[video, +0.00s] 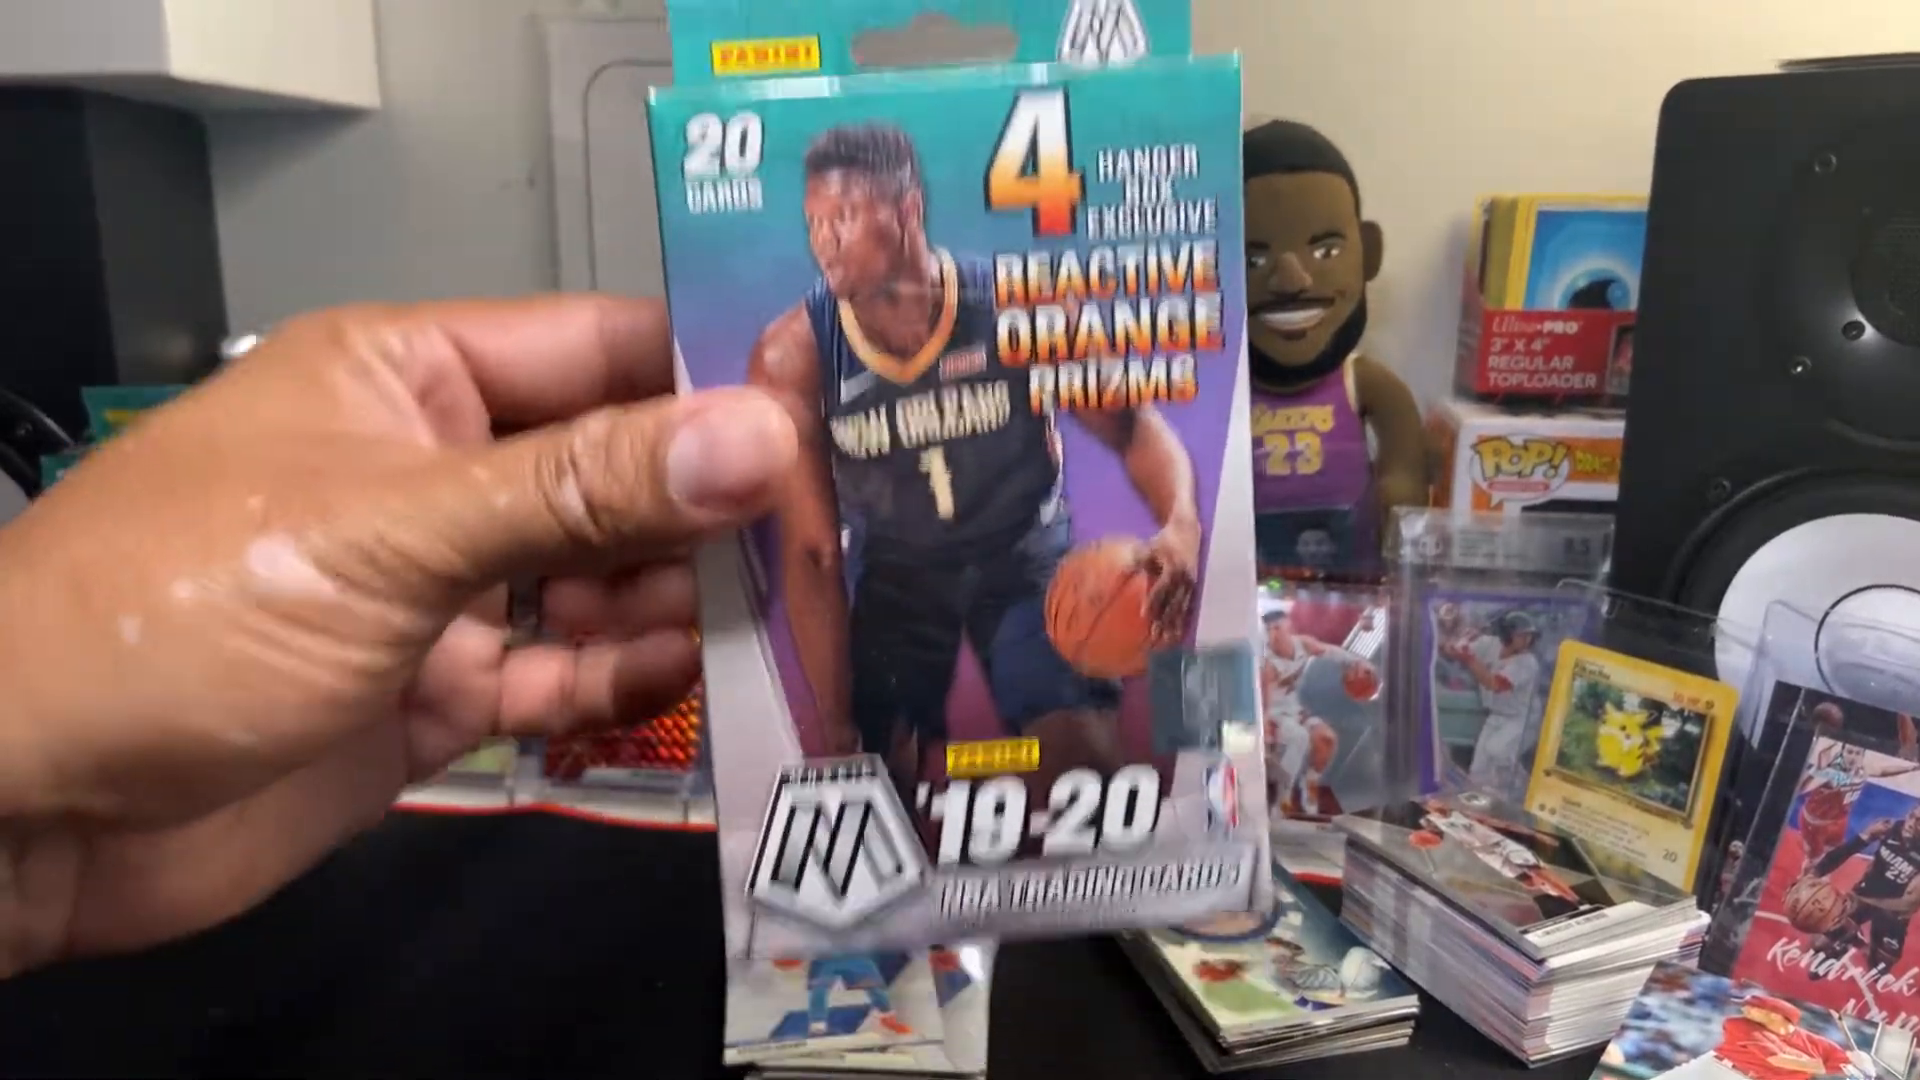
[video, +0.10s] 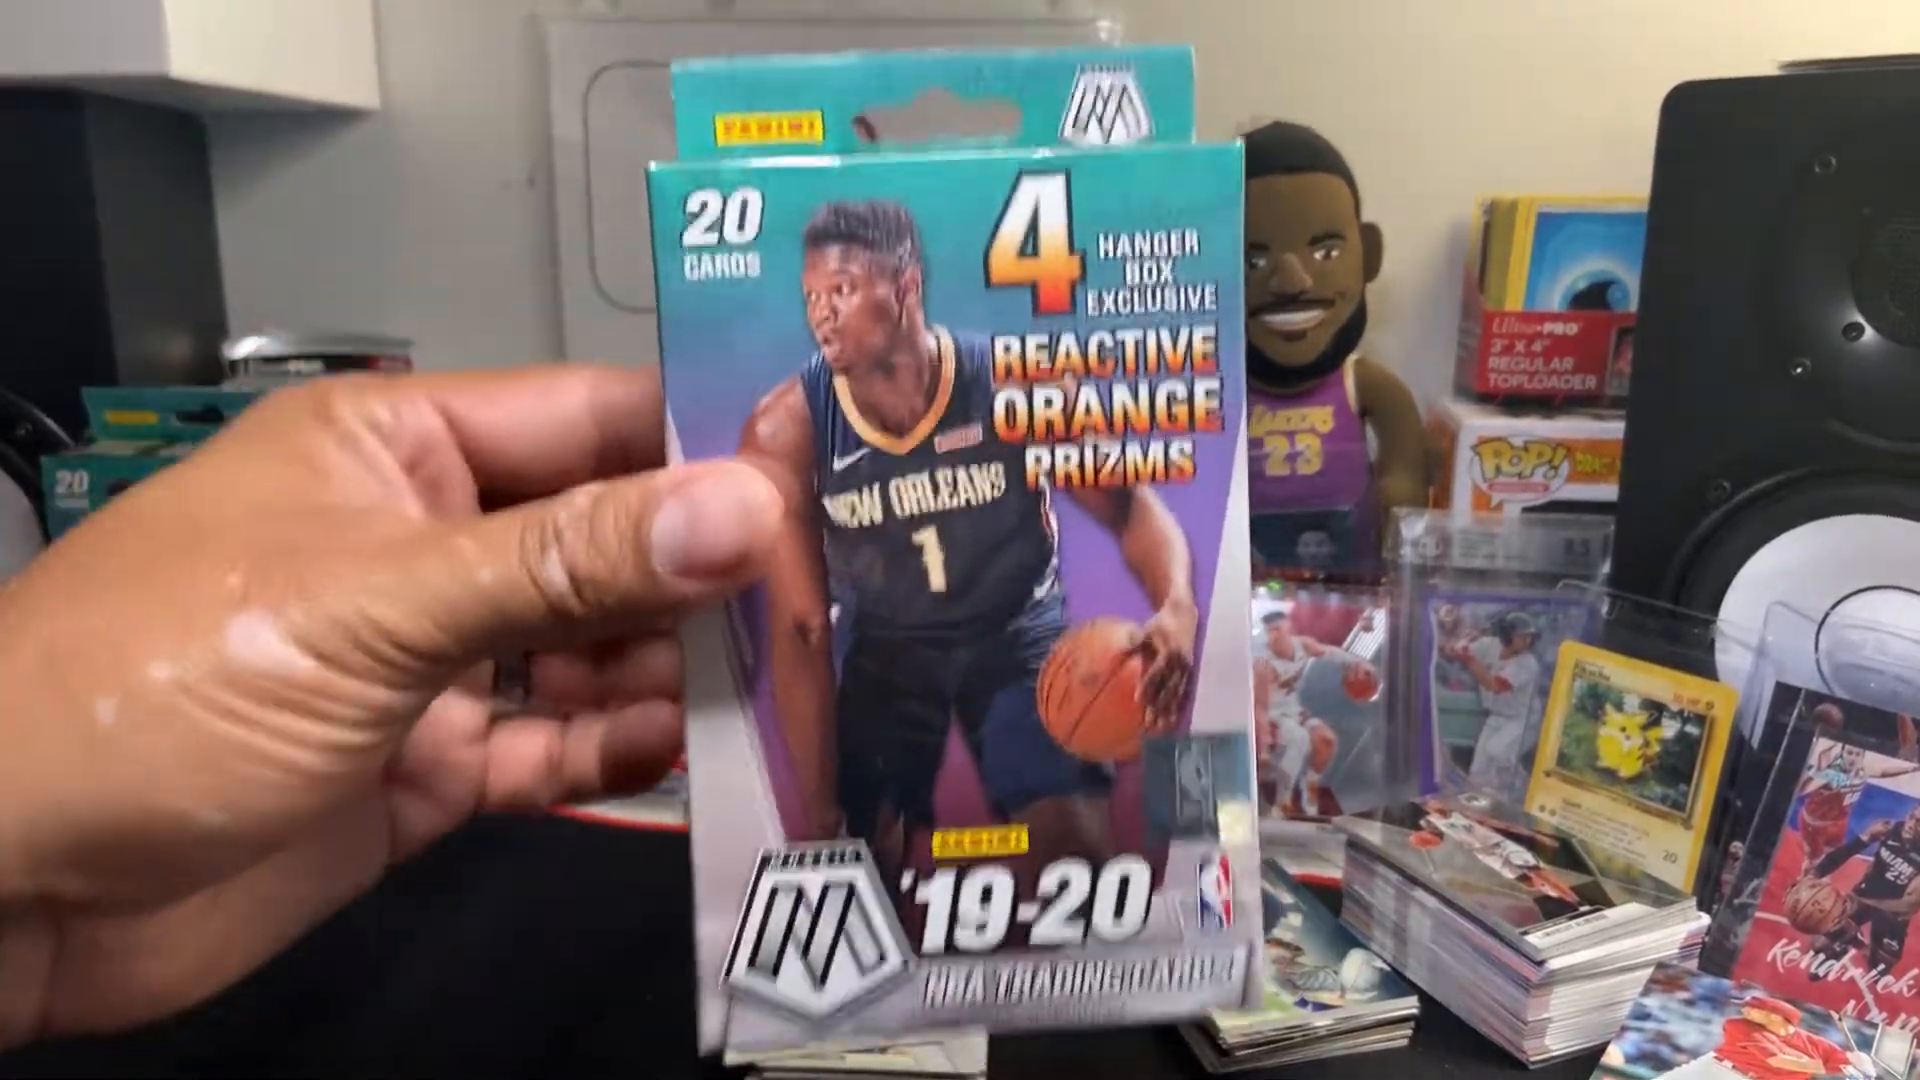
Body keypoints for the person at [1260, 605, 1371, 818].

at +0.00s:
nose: (1275, 634)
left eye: (1279, 628)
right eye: (1270, 629)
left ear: (1288, 627)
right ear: (1266, 632)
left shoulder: (1302, 643)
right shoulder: (1267, 663)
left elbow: (1331, 651)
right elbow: (1263, 703)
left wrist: (1359, 662)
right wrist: (1264, 729)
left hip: (1297, 710)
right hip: (1275, 712)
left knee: (1326, 739)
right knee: (1298, 738)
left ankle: (1311, 786)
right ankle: (1284, 796)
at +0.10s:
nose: (1276, 635)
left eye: (1280, 629)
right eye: (1271, 630)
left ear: (1289, 628)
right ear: (1266, 633)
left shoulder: (1303, 645)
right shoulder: (1263, 663)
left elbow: (1331, 653)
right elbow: (1261, 707)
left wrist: (1359, 663)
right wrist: (1262, 750)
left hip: (1296, 710)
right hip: (1272, 712)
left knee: (1327, 741)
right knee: (1299, 739)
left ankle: (1311, 787)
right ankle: (1283, 800)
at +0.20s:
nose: (1276, 634)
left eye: (1279, 627)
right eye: (1271, 629)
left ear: (1288, 627)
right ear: (1266, 632)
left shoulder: (1302, 644)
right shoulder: (1265, 662)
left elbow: (1331, 652)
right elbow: (1262, 705)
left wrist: (1359, 662)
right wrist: (1263, 742)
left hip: (1296, 711)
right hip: (1273, 713)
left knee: (1327, 740)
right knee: (1299, 738)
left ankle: (1311, 786)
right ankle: (1283, 799)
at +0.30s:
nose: (1274, 634)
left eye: (1278, 627)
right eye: (1269, 630)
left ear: (1288, 626)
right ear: (1264, 633)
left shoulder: (1302, 645)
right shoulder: (1263, 660)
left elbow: (1330, 653)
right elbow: (1266, 704)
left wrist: (1358, 662)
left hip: (1297, 712)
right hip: (1273, 714)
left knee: (1326, 739)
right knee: (1299, 739)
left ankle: (1312, 785)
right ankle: (1284, 799)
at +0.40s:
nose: (1275, 634)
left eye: (1278, 628)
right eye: (1270, 629)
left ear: (1288, 625)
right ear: (1266, 632)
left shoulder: (1304, 644)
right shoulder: (1266, 662)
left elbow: (1333, 652)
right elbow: (1261, 707)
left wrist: (1359, 663)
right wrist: (1264, 747)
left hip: (1296, 709)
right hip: (1274, 712)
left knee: (1327, 739)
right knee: (1299, 738)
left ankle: (1312, 784)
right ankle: (1284, 798)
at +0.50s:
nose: (1274, 635)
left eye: (1278, 629)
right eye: (1270, 630)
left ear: (1289, 628)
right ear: (1266, 633)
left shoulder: (1303, 645)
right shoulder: (1266, 665)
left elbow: (1331, 652)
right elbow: (1258, 710)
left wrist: (1358, 663)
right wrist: (1263, 748)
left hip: (1295, 710)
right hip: (1272, 713)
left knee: (1327, 738)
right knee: (1300, 738)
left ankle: (1311, 783)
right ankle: (1283, 799)